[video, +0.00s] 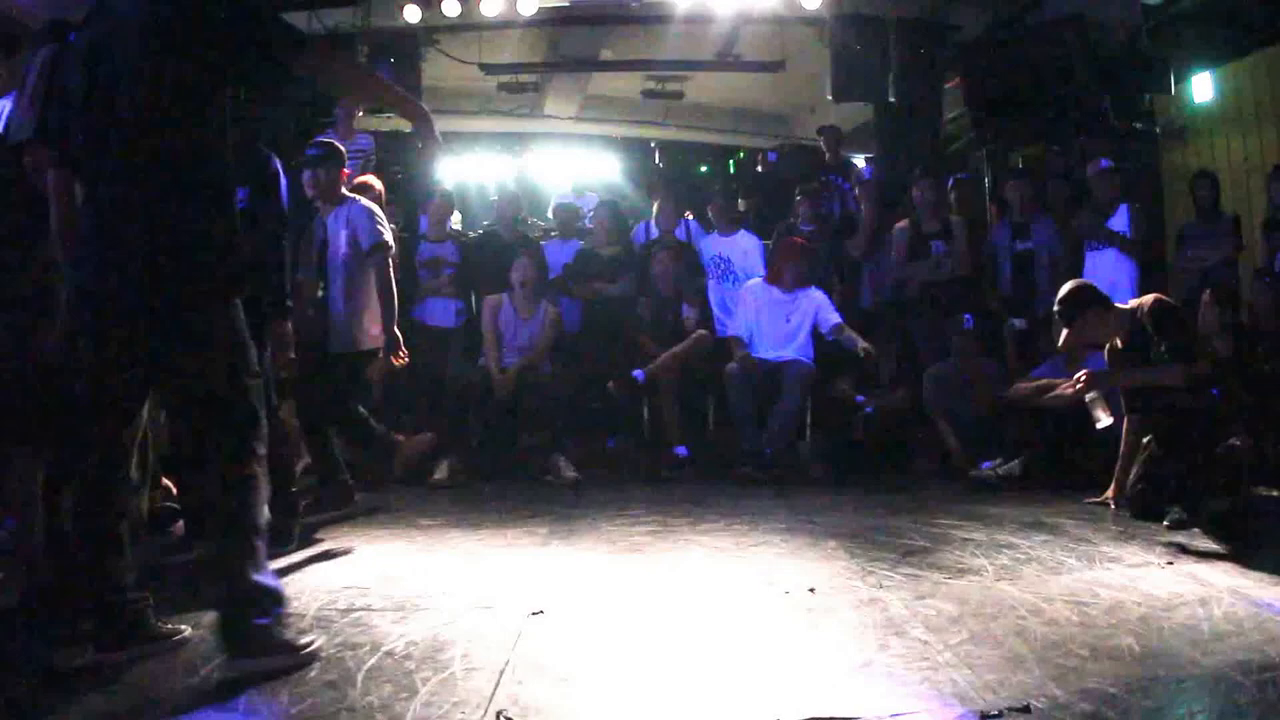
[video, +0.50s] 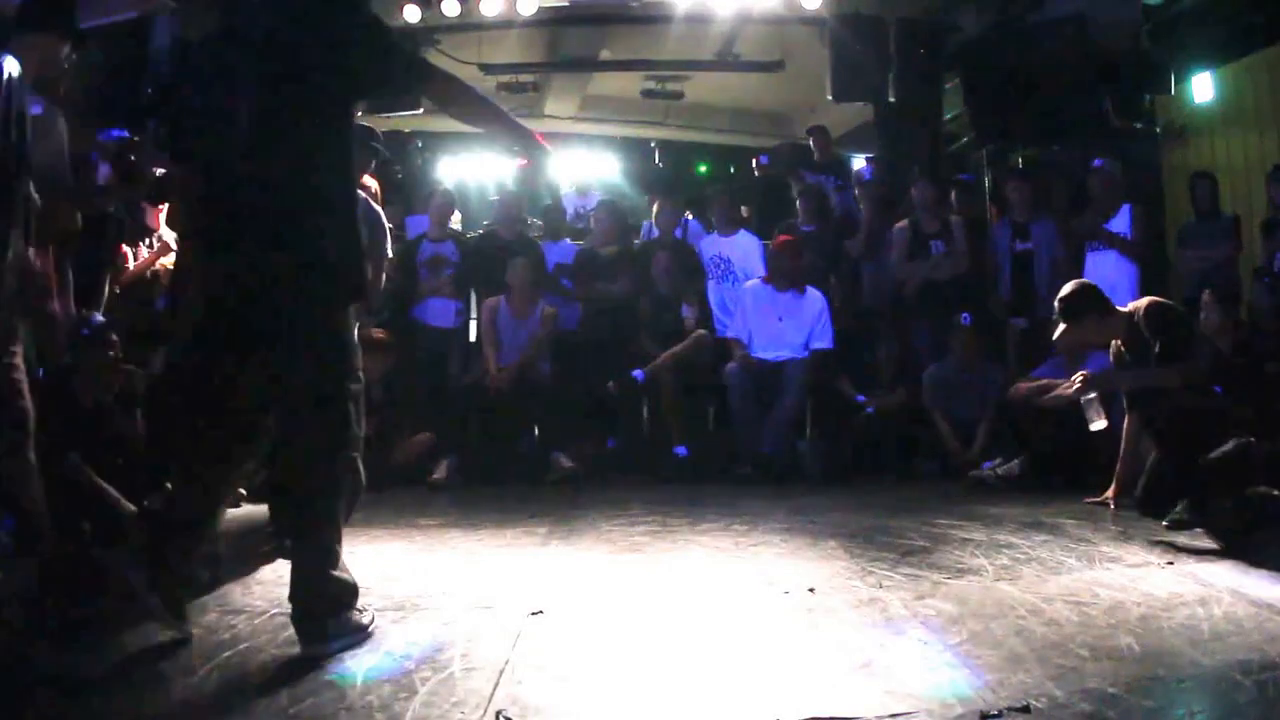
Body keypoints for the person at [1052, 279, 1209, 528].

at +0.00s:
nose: (1079, 340)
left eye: (1076, 329)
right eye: (1074, 332)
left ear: (1093, 315)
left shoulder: (1154, 309)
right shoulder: (1116, 351)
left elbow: (1181, 372)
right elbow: (1134, 417)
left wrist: (1111, 379)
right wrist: (1117, 485)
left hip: (1203, 420)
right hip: (1166, 431)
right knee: (1139, 501)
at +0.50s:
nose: (1082, 339)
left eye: (1078, 329)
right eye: (1076, 331)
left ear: (1094, 318)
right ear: (1096, 318)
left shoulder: (1152, 312)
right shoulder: (1120, 350)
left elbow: (1180, 374)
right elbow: (1134, 415)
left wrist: (1106, 380)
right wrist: (1118, 486)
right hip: (1179, 431)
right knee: (1151, 503)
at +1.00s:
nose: (1135, 303)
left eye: (1138, 293)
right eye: (1133, 294)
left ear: (1159, 293)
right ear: (1156, 295)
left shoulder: (1209, 313)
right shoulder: (1166, 341)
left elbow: (1203, 367)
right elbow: (1151, 411)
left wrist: (1140, 357)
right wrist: (1117, 472)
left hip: (1232, 426)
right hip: (1197, 430)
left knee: (1173, 395)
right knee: (1149, 498)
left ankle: (1196, 497)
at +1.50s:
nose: (1157, 285)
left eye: (1163, 276)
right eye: (1157, 277)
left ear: (1189, 278)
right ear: (1184, 280)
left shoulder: (1224, 310)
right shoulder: (1179, 332)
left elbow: (1217, 359)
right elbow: (1180, 403)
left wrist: (1143, 369)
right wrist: (1177, 449)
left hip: (1242, 429)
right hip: (1205, 434)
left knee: (1193, 387)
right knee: (1152, 496)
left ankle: (1197, 501)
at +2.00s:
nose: (1175, 280)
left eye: (1185, 272)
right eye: (1176, 272)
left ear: (1210, 277)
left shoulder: (1236, 312)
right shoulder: (1186, 332)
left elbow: (1220, 358)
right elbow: (1184, 404)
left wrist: (1144, 373)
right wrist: (1174, 457)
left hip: (1250, 427)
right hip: (1210, 431)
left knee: (1198, 391)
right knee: (1156, 499)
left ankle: (1205, 505)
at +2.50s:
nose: (1186, 276)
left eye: (1195, 269)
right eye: (1186, 269)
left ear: (1220, 274)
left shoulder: (1245, 315)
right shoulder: (1193, 328)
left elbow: (1220, 360)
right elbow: (1193, 403)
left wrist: (1145, 368)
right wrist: (1169, 450)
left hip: (1255, 431)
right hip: (1213, 432)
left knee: (1196, 388)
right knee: (1156, 497)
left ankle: (1206, 503)